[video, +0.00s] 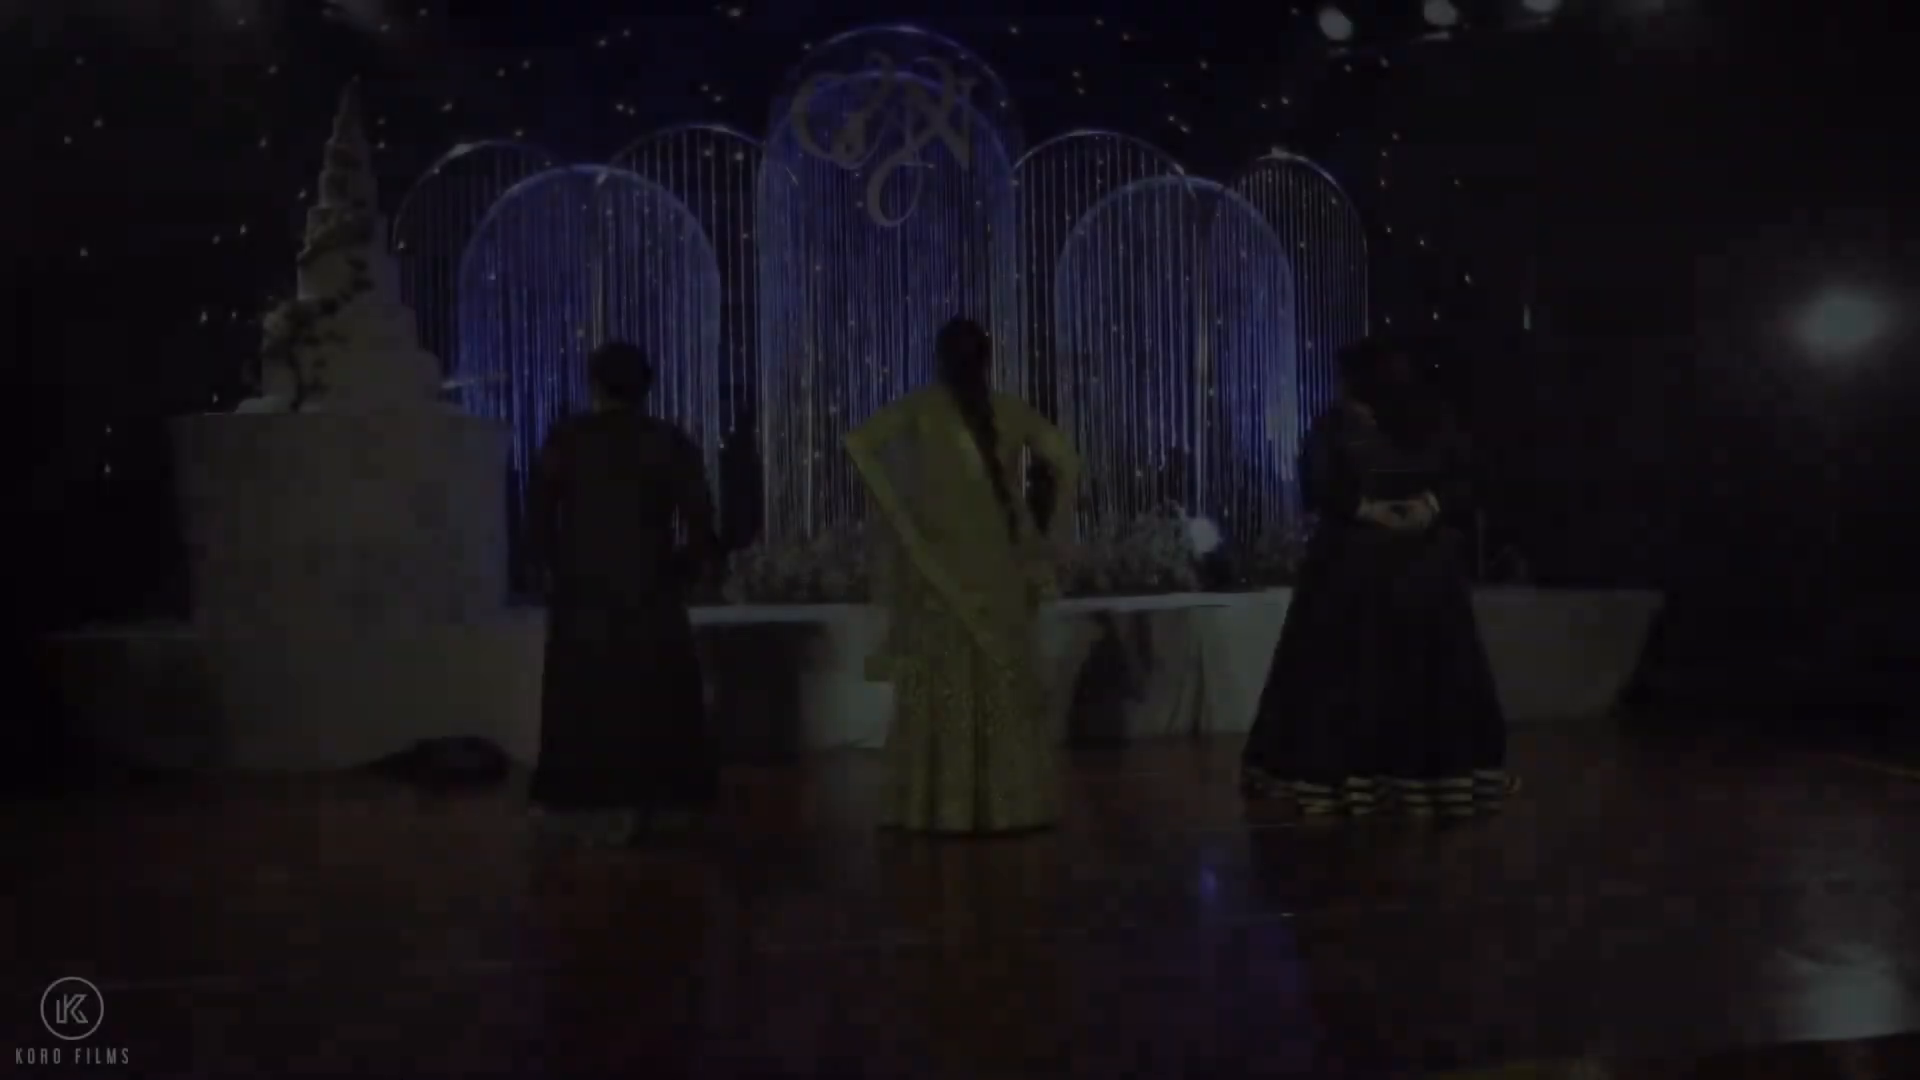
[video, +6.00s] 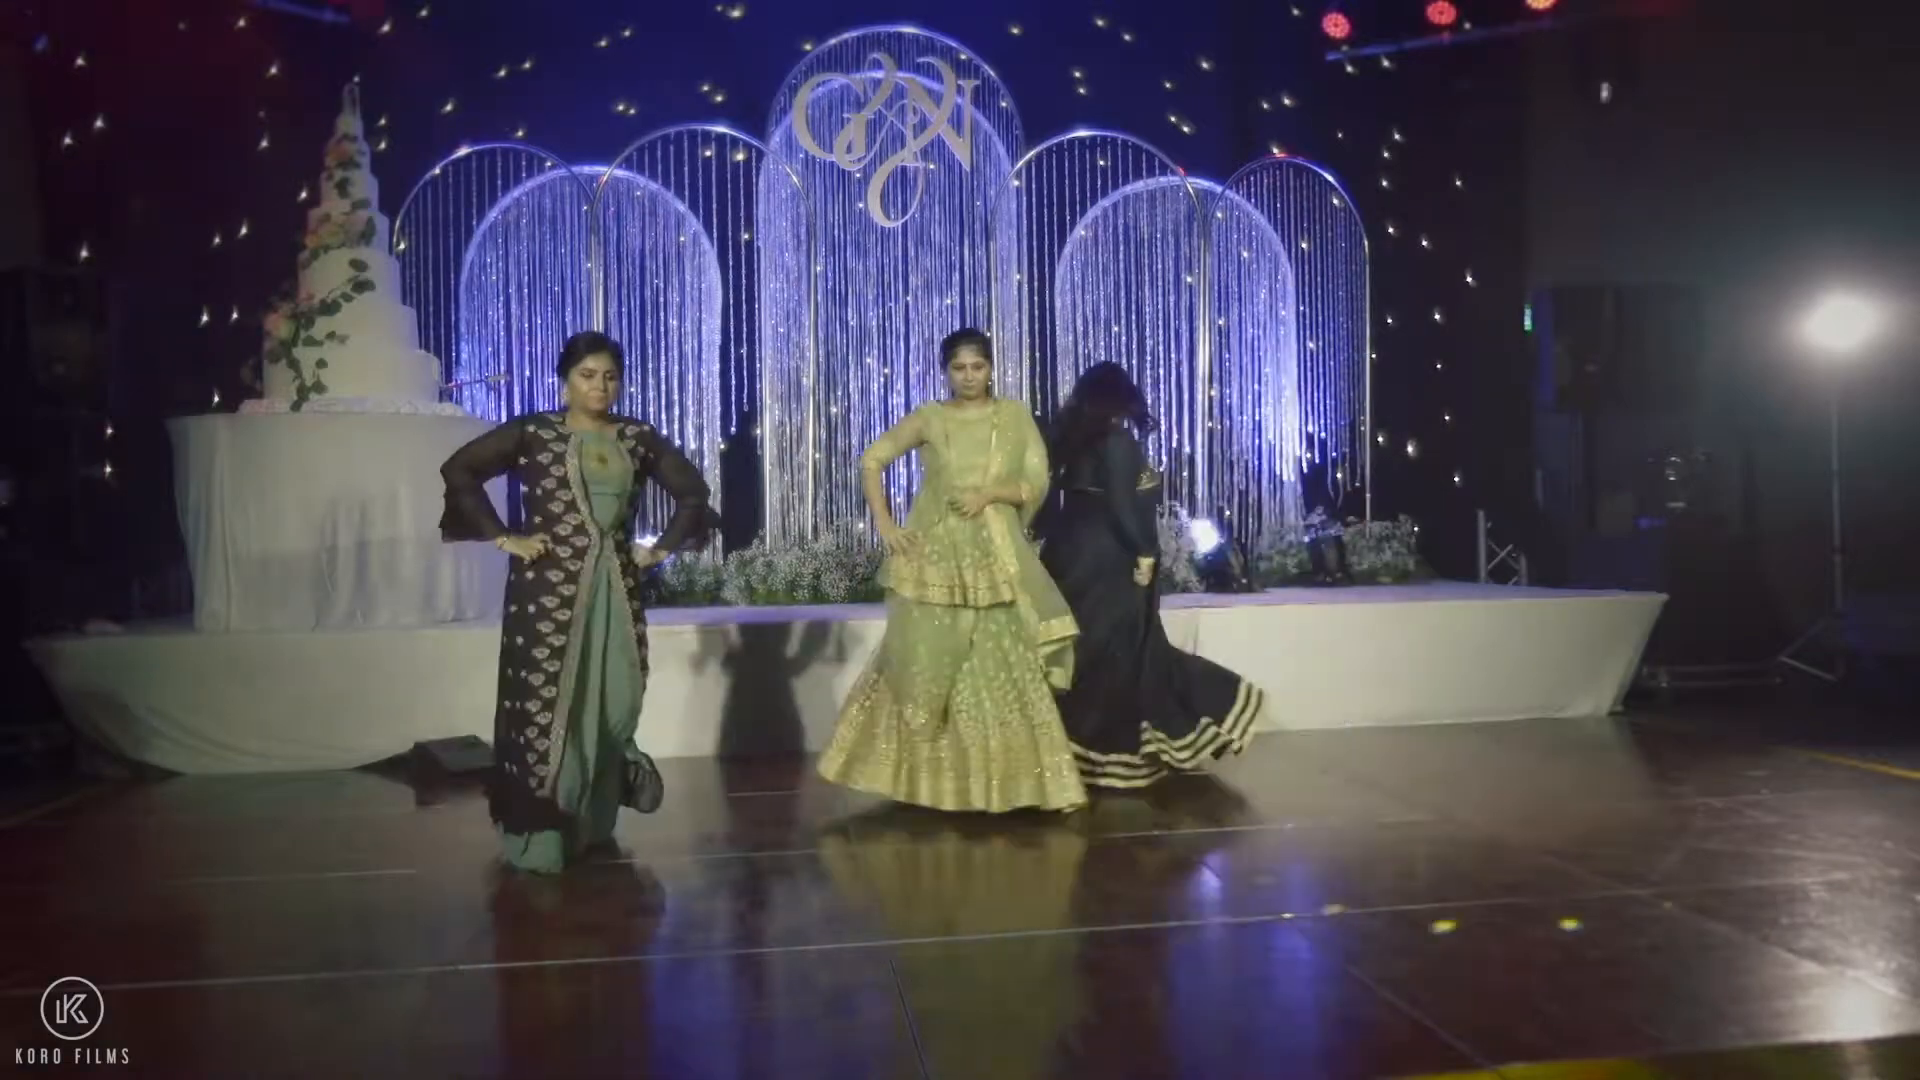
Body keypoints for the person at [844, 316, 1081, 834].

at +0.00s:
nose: (974, 365)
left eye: (968, 353)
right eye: (974, 354)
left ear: (939, 359)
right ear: (986, 358)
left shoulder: (921, 405)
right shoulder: (1008, 409)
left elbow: (859, 443)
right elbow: (1065, 460)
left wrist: (901, 520)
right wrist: (1052, 533)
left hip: (937, 563)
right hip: (997, 564)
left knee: (940, 686)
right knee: (1001, 684)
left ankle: (943, 806)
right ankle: (1005, 805)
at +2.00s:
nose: (963, 366)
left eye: (964, 359)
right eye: (976, 359)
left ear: (967, 363)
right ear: (1010, 363)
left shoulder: (948, 407)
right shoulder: (1033, 414)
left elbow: (890, 445)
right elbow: (1090, 418)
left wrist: (922, 508)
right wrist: (1067, 375)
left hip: (964, 571)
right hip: (1023, 571)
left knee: (964, 689)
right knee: (1025, 686)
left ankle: (964, 797)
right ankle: (1024, 798)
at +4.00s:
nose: (954, 368)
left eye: (954, 361)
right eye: (959, 360)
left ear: (960, 363)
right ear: (998, 360)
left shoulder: (946, 409)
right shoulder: (1028, 412)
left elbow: (895, 456)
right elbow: (1088, 448)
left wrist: (837, 431)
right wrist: (1128, 442)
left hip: (966, 576)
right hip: (1027, 574)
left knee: (966, 691)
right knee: (1030, 686)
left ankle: (969, 797)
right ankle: (1032, 795)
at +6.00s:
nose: (970, 375)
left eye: (977, 366)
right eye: (960, 368)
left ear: (991, 369)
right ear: (947, 373)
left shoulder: (1015, 416)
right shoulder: (930, 418)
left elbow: (1036, 486)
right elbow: (872, 461)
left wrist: (989, 494)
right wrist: (885, 522)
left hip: (997, 563)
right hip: (936, 563)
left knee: (999, 674)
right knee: (932, 675)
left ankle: (998, 790)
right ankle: (939, 789)